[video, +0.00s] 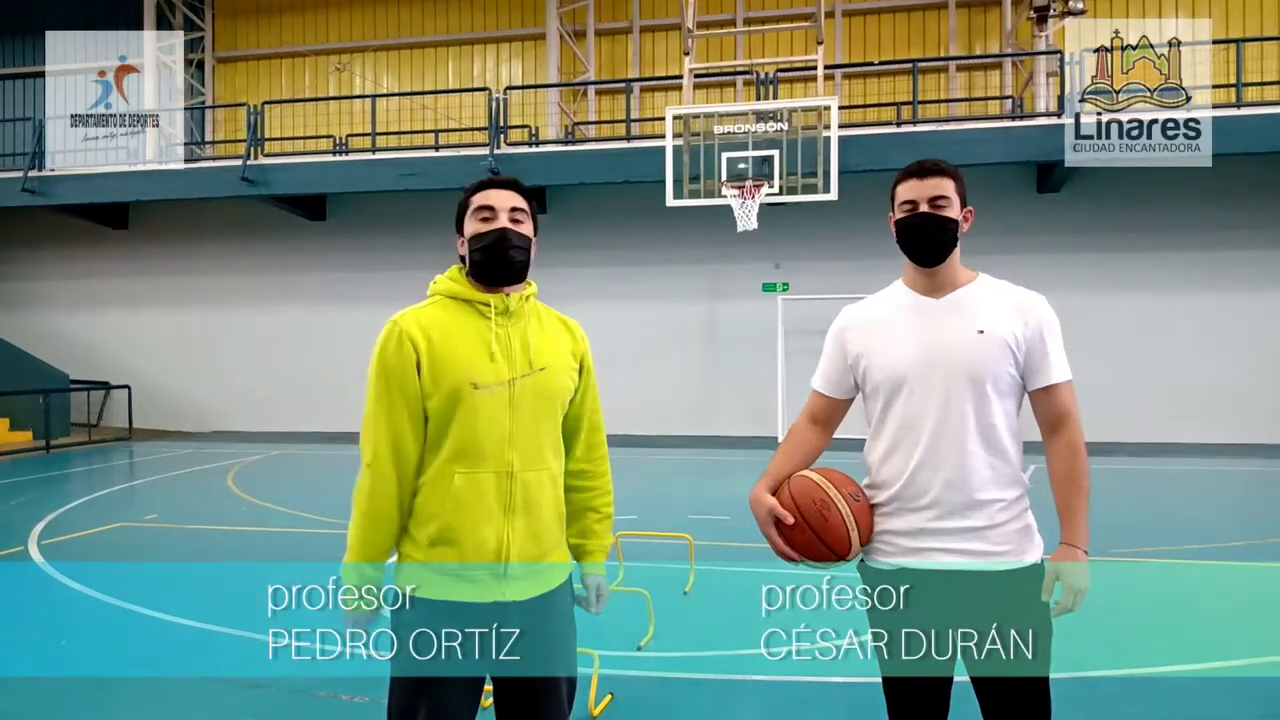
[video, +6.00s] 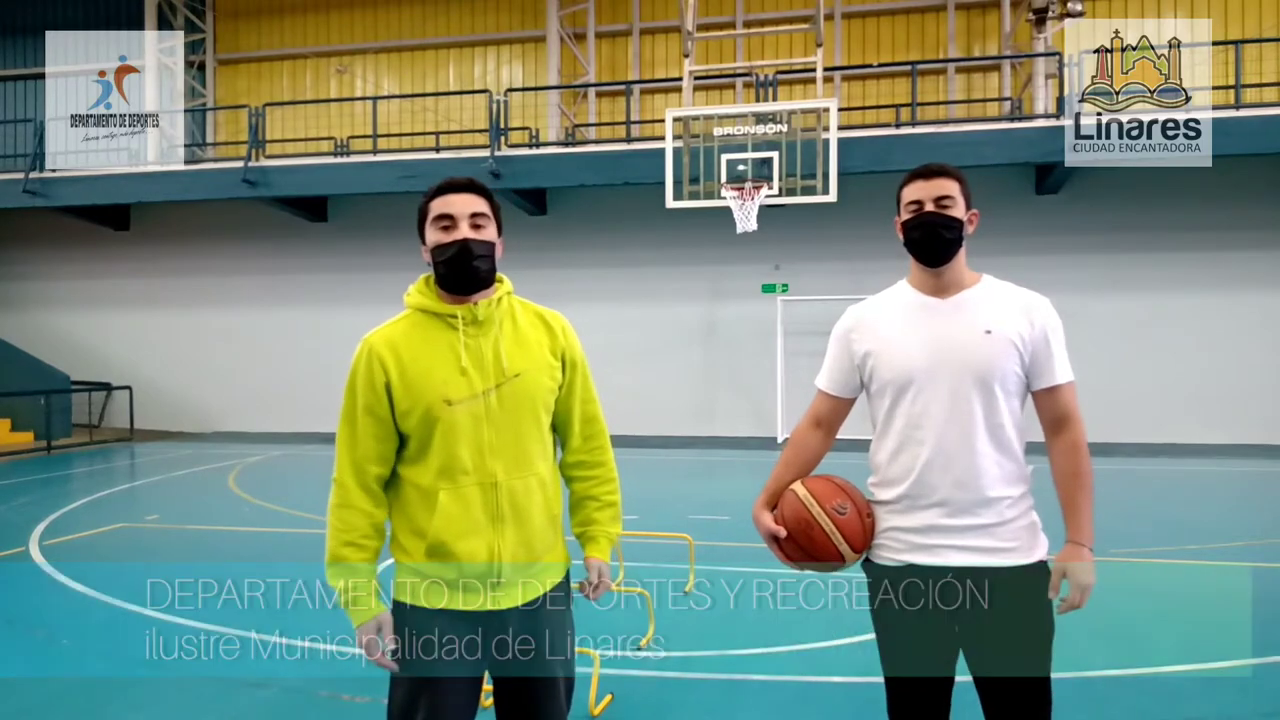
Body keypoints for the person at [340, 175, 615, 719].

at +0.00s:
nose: (503, 225)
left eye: (518, 217)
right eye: (486, 216)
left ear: (535, 242)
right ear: (462, 242)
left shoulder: (566, 337)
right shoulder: (412, 334)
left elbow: (587, 459)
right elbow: (387, 463)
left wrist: (591, 557)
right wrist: (363, 579)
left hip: (541, 589)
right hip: (440, 590)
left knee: (547, 710)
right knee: (429, 713)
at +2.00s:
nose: (489, 229)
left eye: (504, 220)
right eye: (471, 219)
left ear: (522, 243)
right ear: (449, 244)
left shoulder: (562, 337)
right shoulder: (402, 340)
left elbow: (592, 456)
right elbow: (370, 466)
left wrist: (601, 554)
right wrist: (365, 581)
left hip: (544, 588)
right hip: (440, 591)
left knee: (550, 711)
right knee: (433, 714)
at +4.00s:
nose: (477, 227)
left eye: (492, 217)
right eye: (459, 218)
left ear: (513, 241)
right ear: (440, 244)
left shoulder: (558, 336)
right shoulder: (396, 344)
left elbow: (593, 454)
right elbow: (363, 474)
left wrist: (601, 550)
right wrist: (380, 589)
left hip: (541, 592)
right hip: (436, 596)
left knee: (548, 712)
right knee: (430, 715)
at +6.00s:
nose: (464, 234)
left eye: (479, 222)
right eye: (446, 224)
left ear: (500, 243)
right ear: (426, 248)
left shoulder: (549, 334)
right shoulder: (386, 352)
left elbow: (587, 445)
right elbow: (358, 480)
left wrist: (597, 537)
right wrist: (360, 597)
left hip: (538, 592)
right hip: (435, 598)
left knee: (545, 711)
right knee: (430, 714)